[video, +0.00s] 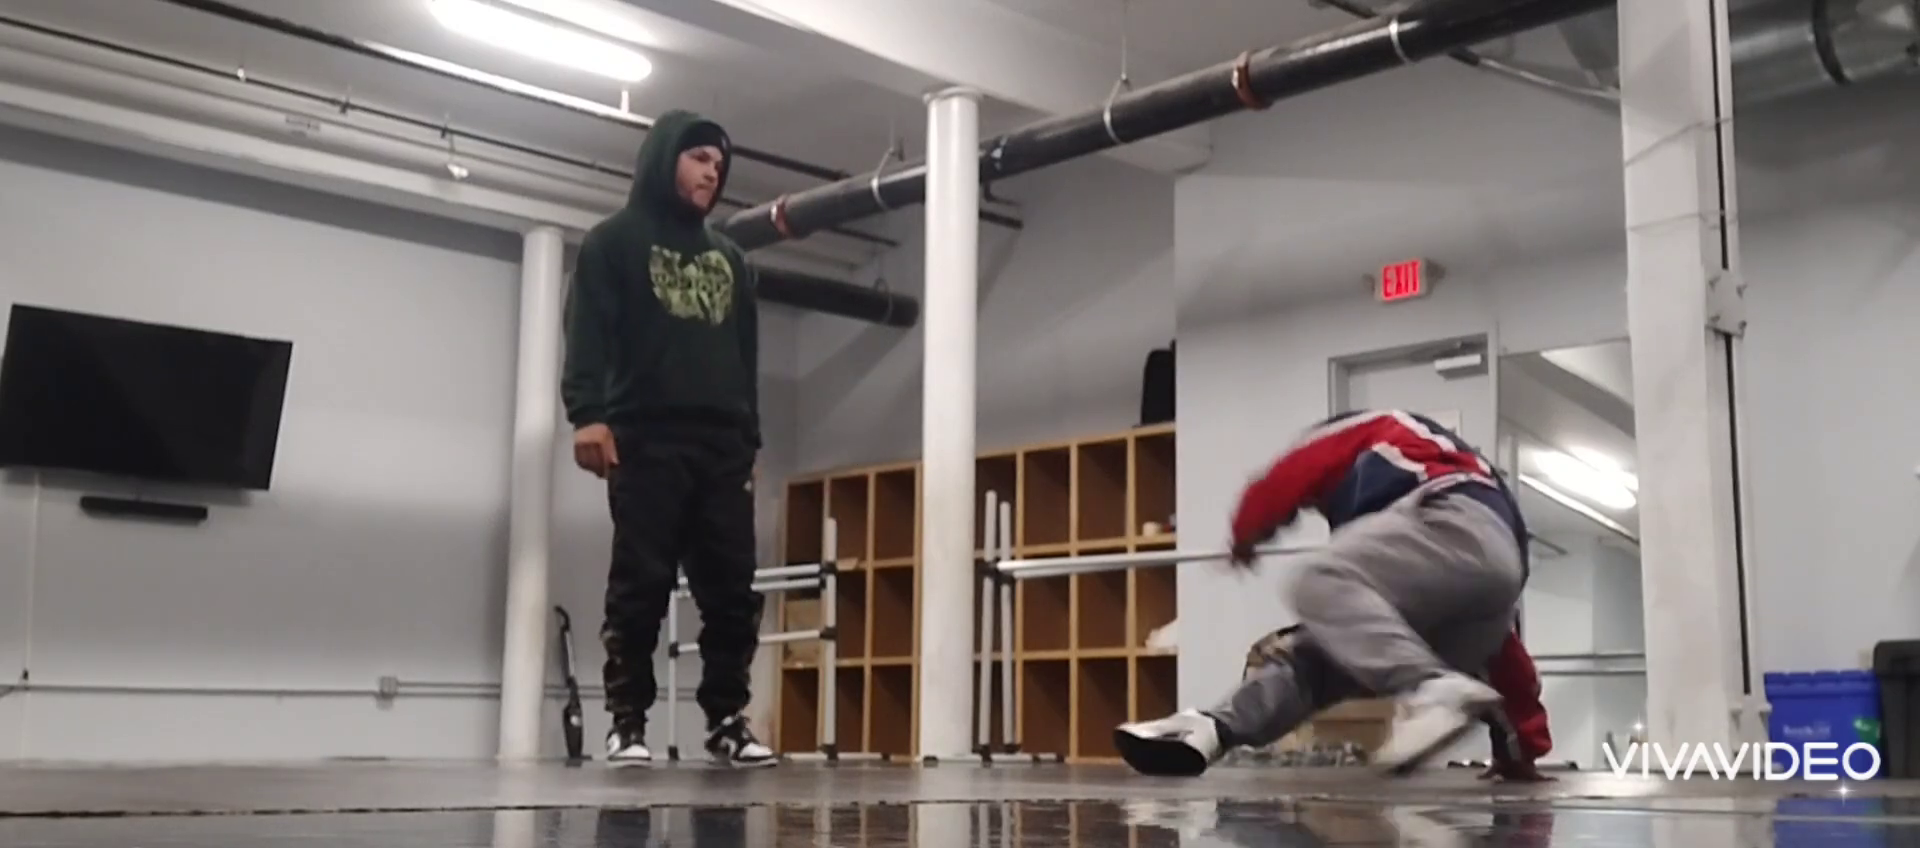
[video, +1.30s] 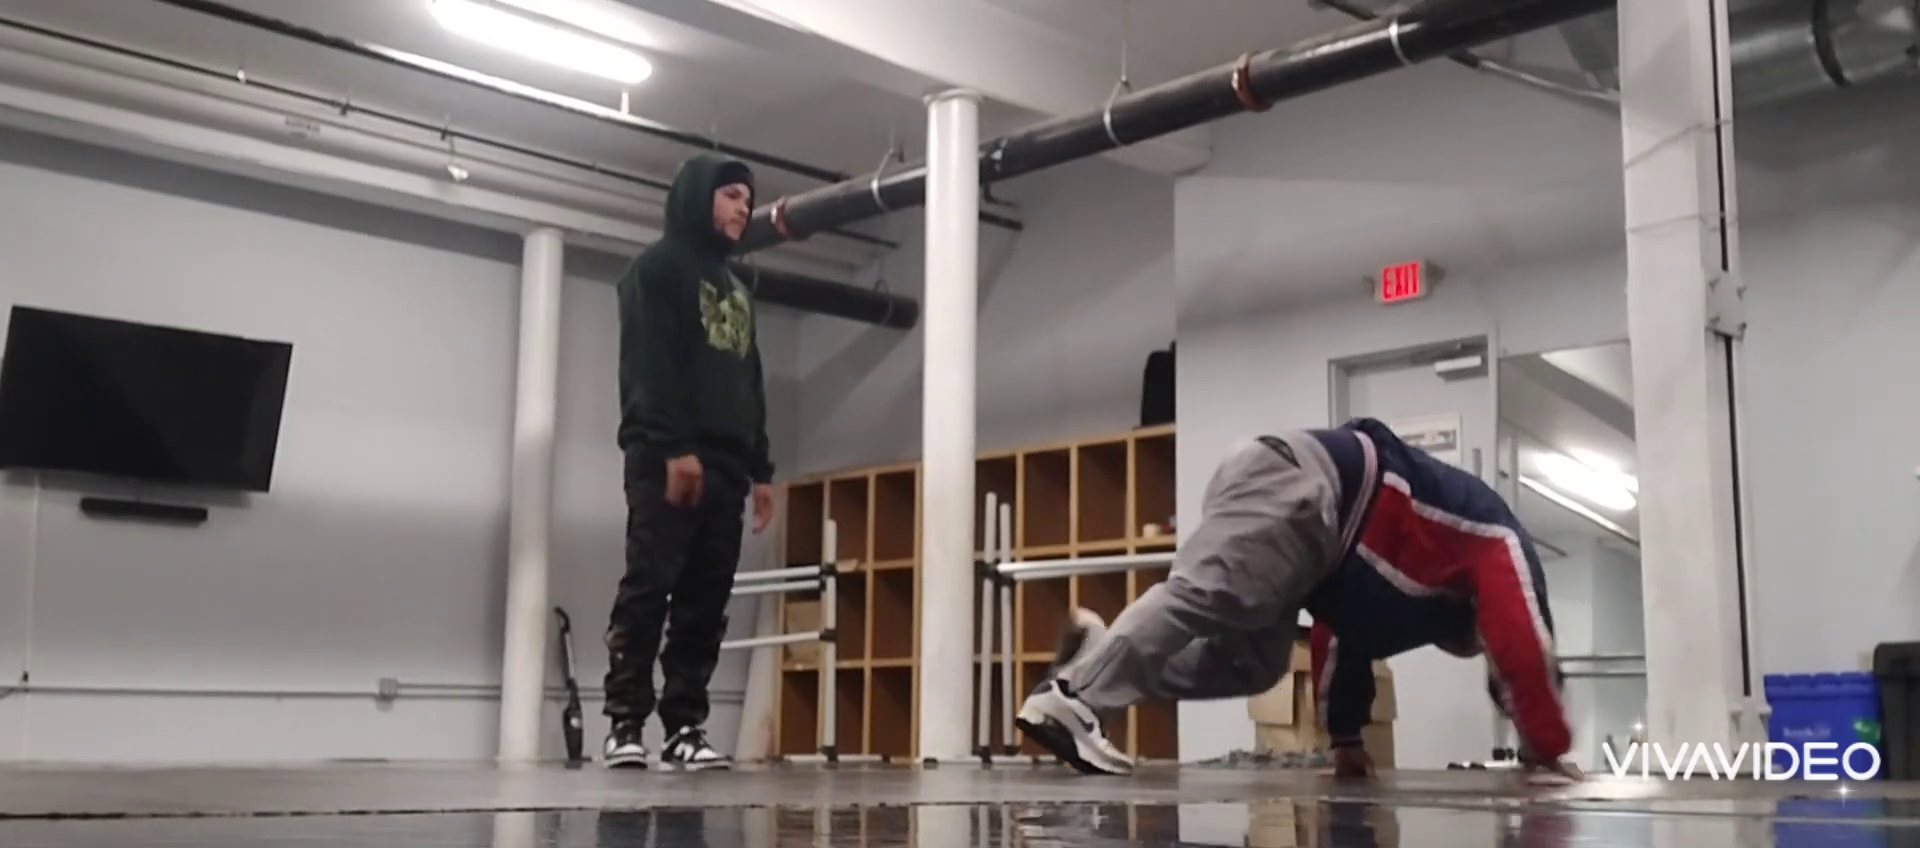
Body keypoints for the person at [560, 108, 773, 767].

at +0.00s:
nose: (710, 173)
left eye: (718, 164)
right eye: (699, 158)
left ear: (720, 176)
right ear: (662, 159)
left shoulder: (729, 255)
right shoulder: (613, 240)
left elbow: (744, 353)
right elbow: (588, 333)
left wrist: (746, 439)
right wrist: (589, 417)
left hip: (722, 441)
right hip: (646, 437)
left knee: (731, 590)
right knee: (640, 585)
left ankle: (727, 723)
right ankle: (628, 726)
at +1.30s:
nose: (742, 208)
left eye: (747, 199)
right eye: (730, 195)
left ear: (745, 211)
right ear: (696, 198)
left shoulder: (735, 287)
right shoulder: (654, 269)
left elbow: (749, 382)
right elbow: (648, 368)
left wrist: (759, 469)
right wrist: (672, 448)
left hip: (725, 458)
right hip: (664, 454)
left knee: (704, 602)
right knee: (648, 589)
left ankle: (684, 731)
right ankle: (626, 725)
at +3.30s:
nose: (759, 245)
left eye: (764, 237)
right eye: (748, 233)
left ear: (766, 249)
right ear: (716, 237)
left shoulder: (765, 322)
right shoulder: (674, 304)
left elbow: (780, 406)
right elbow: (655, 388)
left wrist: (789, 476)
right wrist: (668, 465)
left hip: (754, 490)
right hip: (694, 485)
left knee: (751, 619)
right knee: (668, 613)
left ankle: (756, 734)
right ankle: (646, 735)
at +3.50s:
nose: (789, 251)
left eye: (794, 244)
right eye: (779, 239)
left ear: (795, 255)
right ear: (748, 241)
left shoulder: (787, 325)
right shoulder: (707, 308)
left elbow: (804, 409)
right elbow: (697, 394)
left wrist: (817, 481)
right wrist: (711, 471)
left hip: (785, 489)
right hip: (730, 485)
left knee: (770, 615)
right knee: (703, 607)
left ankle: (758, 735)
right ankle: (655, 732)